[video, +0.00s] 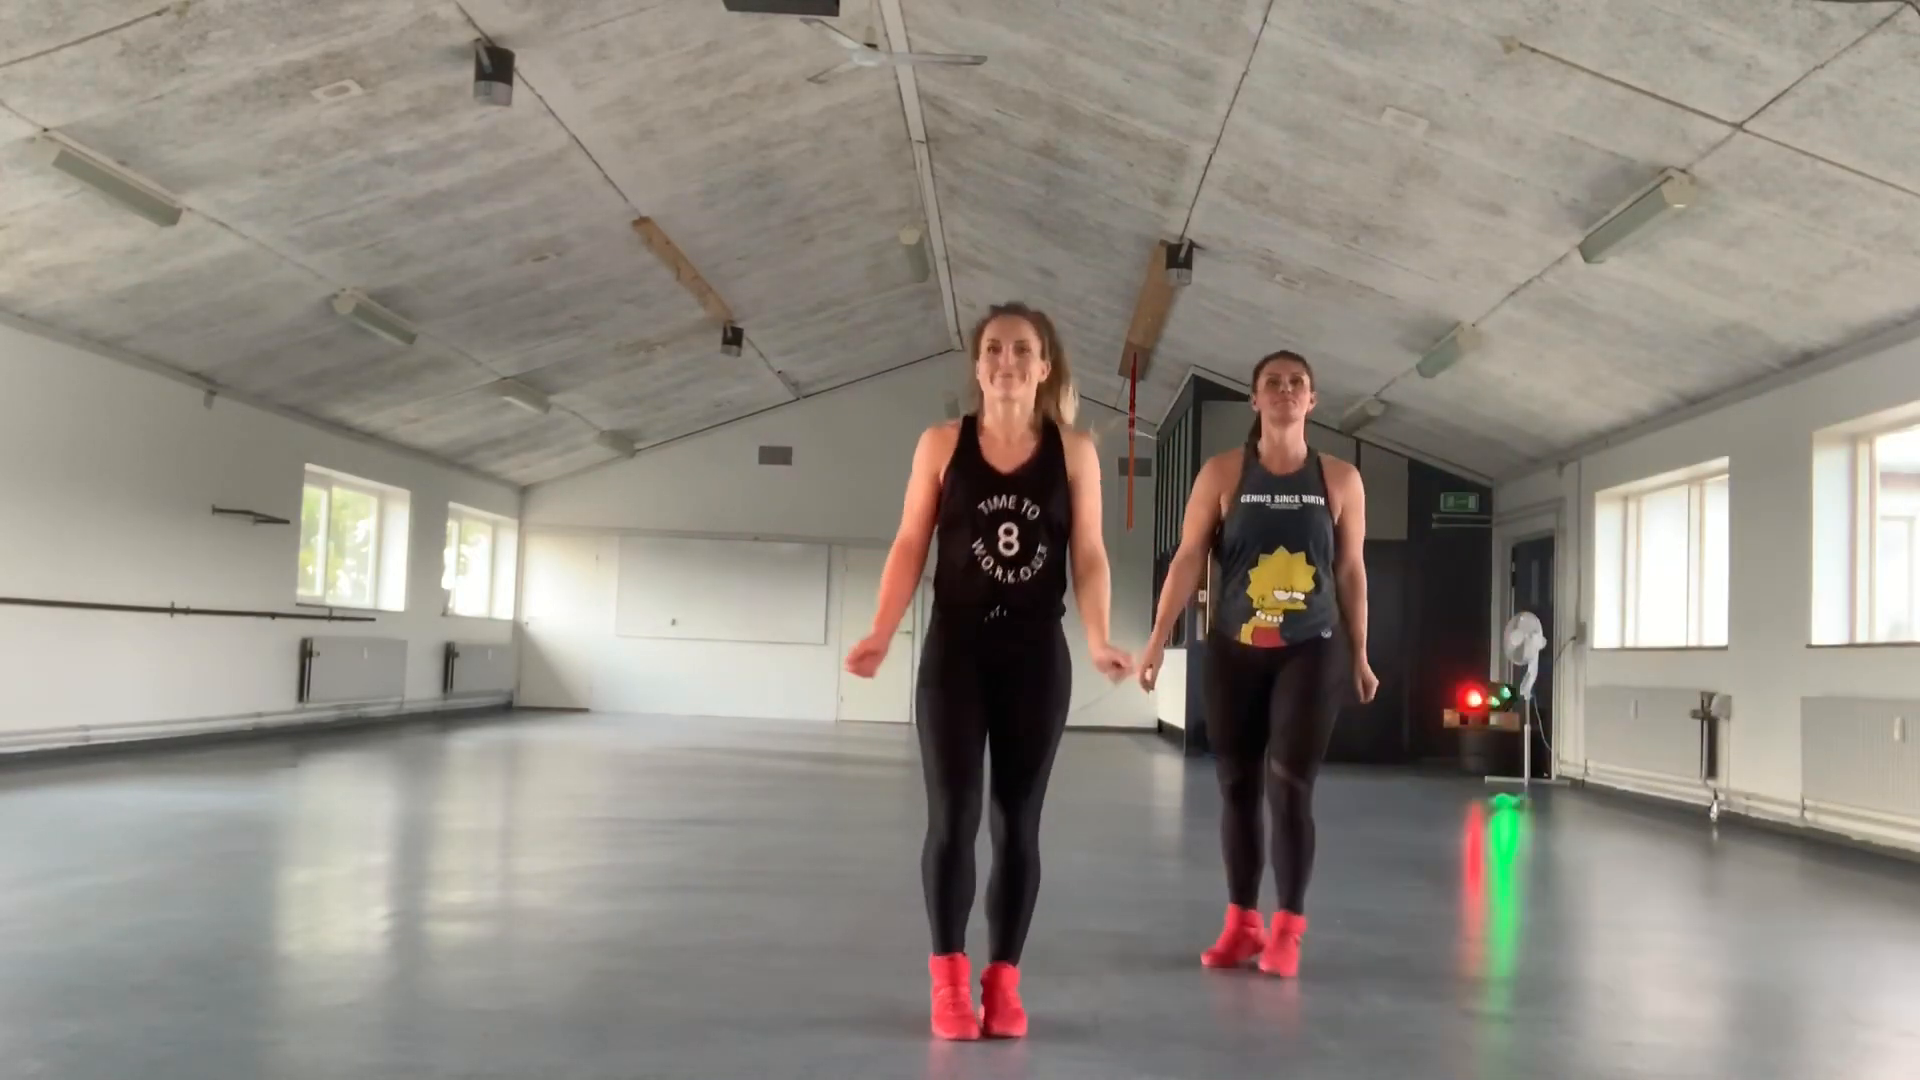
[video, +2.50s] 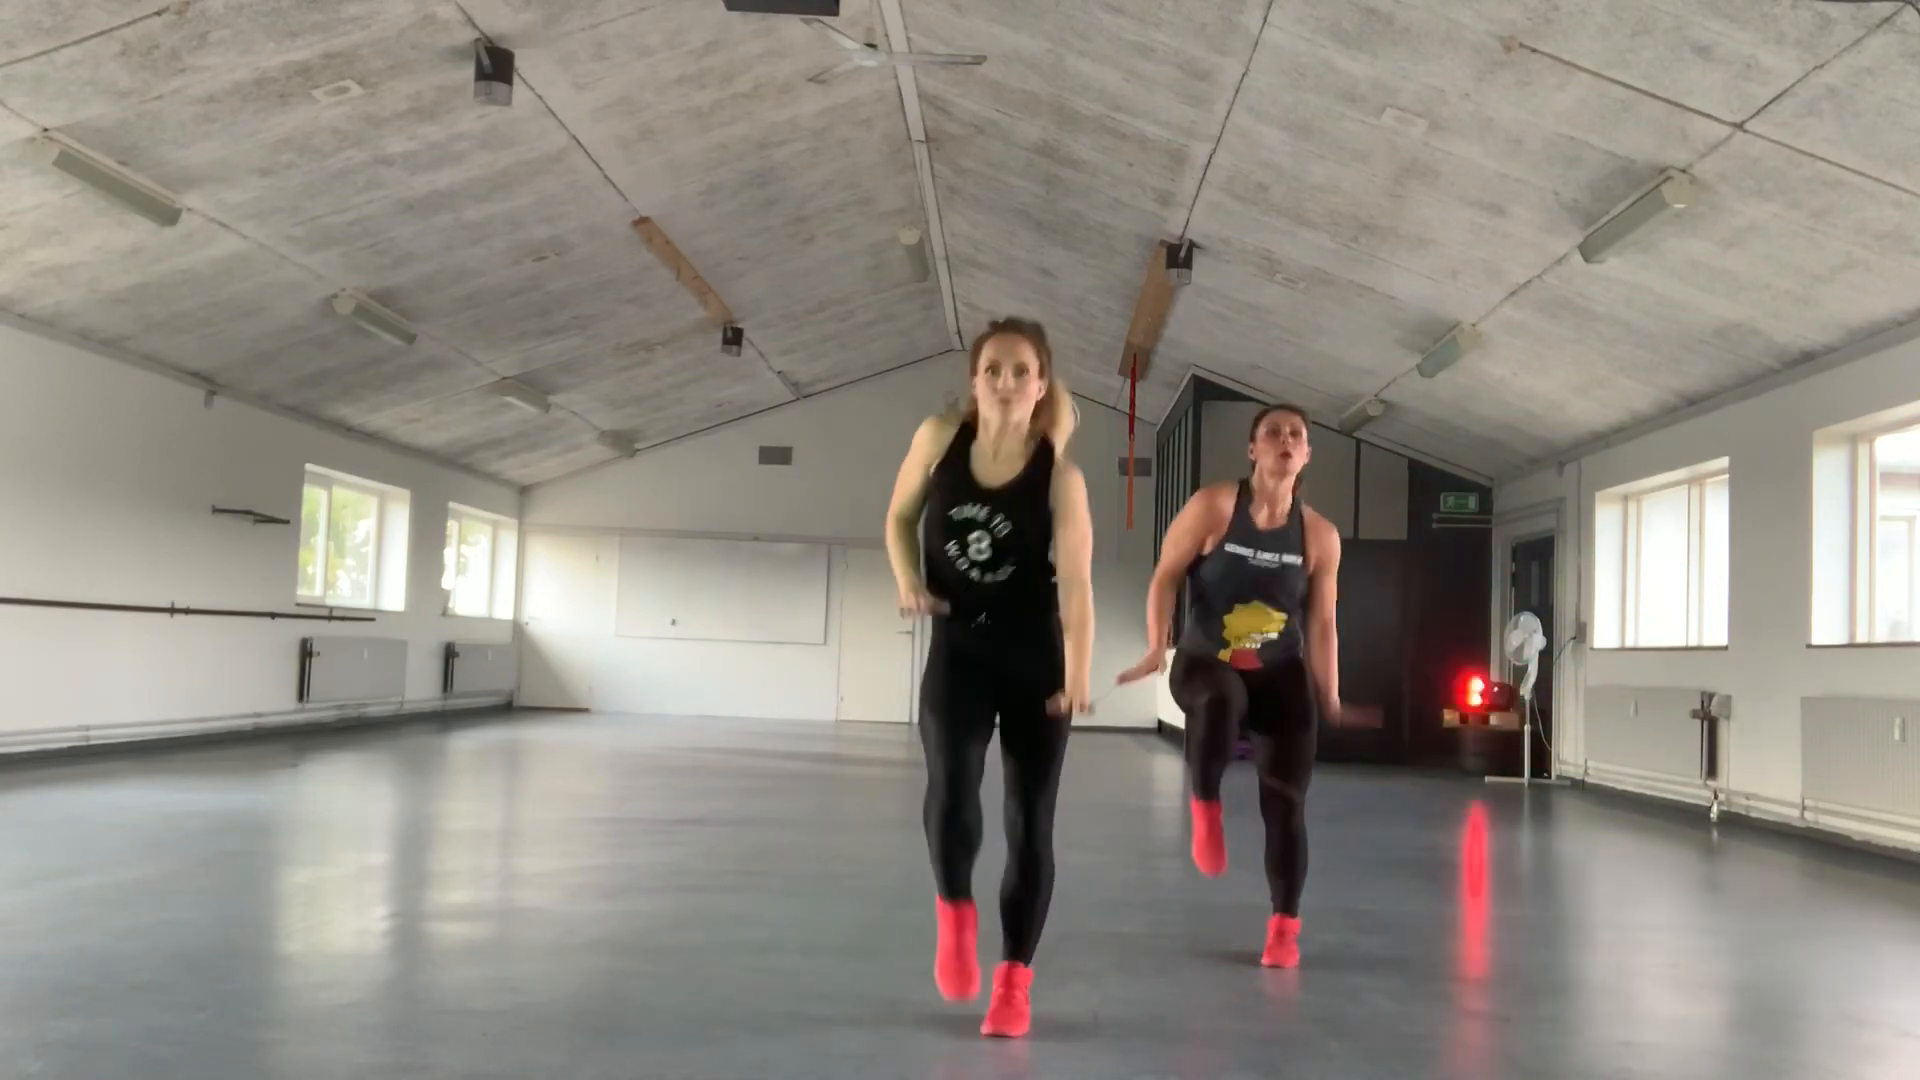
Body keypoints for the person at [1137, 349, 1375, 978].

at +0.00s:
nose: (1285, 392)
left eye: (1295, 383)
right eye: (1273, 384)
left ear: (1312, 399)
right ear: (1255, 399)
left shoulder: (1341, 479)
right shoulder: (1221, 471)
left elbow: (1351, 570)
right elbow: (1188, 557)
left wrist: (1359, 653)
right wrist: (1157, 639)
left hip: (1310, 650)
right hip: (1232, 651)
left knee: (1288, 779)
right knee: (1237, 786)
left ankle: (1288, 925)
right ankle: (1242, 921)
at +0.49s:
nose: (1278, 395)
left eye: (1288, 387)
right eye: (1267, 387)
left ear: (1303, 404)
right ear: (1247, 403)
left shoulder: (1330, 482)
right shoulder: (1213, 472)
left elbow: (1340, 574)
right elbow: (1180, 556)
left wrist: (1357, 653)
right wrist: (1152, 628)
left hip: (1294, 656)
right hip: (1220, 653)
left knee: (1273, 783)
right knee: (1225, 781)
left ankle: (1270, 921)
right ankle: (1215, 912)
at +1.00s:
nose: (1280, 420)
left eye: (1290, 413)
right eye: (1269, 412)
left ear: (1304, 428)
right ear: (1249, 426)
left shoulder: (1323, 510)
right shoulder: (1211, 494)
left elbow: (1339, 598)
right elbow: (1172, 572)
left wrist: (1375, 663)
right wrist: (1139, 642)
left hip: (1297, 668)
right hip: (1221, 663)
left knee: (1280, 789)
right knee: (1224, 765)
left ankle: (1265, 923)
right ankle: (1215, 897)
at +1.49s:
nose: (1271, 424)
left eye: (1281, 415)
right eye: (1260, 416)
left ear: (1297, 431)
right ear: (1241, 431)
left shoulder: (1319, 513)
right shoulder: (1207, 497)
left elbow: (1331, 602)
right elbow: (1173, 574)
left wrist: (1344, 683)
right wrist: (1153, 648)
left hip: (1293, 669)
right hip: (1219, 664)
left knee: (1271, 791)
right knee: (1227, 756)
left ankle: (1254, 921)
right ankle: (1206, 880)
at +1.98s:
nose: (1283, 423)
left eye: (1293, 415)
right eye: (1271, 415)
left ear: (1306, 430)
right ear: (1252, 428)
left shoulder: (1324, 514)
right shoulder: (1214, 494)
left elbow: (1331, 607)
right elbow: (1175, 566)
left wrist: (1339, 689)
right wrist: (1164, 635)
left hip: (1291, 666)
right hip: (1218, 660)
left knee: (1275, 792)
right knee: (1222, 749)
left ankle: (1256, 921)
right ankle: (1210, 867)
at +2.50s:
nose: (1286, 443)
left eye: (1296, 435)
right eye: (1275, 434)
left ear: (1307, 454)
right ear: (1253, 449)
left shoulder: (1321, 536)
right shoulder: (1211, 507)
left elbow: (1322, 624)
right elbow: (1165, 578)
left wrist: (1330, 695)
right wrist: (1157, 647)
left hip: (1281, 673)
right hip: (1209, 664)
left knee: (1284, 799)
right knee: (1221, 695)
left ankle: (1285, 922)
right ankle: (1206, 806)